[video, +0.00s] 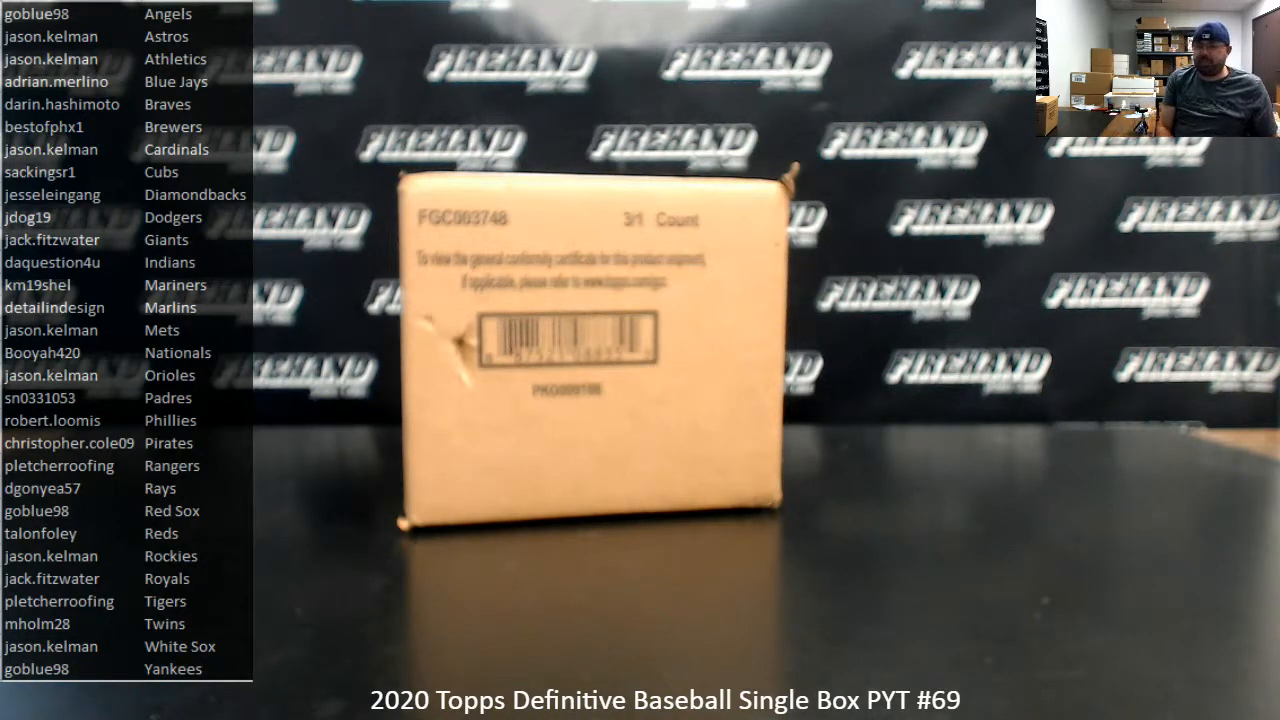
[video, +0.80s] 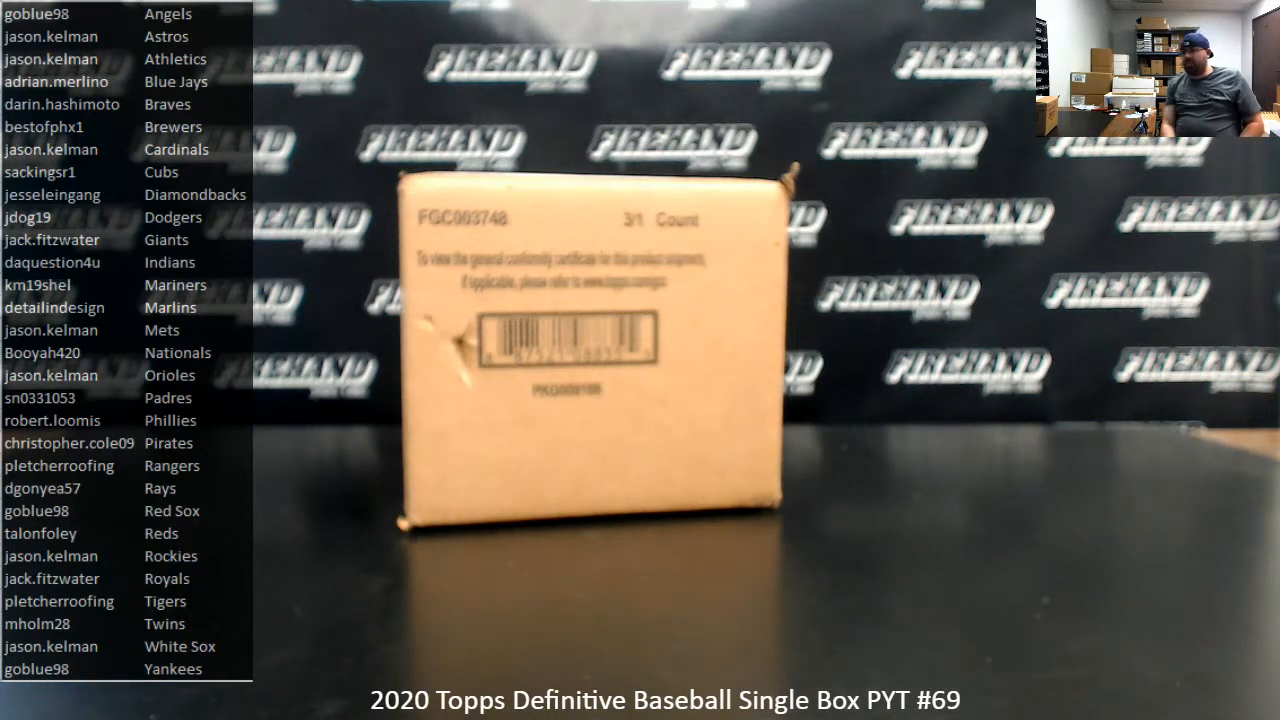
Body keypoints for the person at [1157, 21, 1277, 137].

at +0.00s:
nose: (1204, 53)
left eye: (1212, 47)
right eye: (1198, 47)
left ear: (1227, 50)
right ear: (1192, 49)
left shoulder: (1251, 86)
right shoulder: (1178, 80)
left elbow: (1271, 139)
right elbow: (1164, 127)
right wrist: (1171, 158)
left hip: (1234, 166)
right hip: (1183, 166)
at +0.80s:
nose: (1187, 56)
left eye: (1194, 51)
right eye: (1184, 52)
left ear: (1207, 53)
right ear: (1181, 55)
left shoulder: (1233, 79)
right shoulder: (1175, 84)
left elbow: (1256, 123)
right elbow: (1167, 123)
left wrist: (1236, 151)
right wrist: (1170, 151)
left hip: (1225, 154)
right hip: (1184, 155)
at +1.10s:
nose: (1187, 57)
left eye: (1193, 52)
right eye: (1183, 53)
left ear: (1206, 54)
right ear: (1180, 58)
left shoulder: (1232, 79)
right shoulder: (1176, 86)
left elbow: (1256, 121)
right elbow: (1169, 123)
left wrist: (1236, 149)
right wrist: (1170, 150)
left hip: (1225, 154)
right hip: (1186, 155)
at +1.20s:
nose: (1189, 56)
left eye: (1195, 52)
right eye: (1185, 53)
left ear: (1207, 54)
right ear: (1182, 58)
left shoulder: (1232, 79)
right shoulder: (1177, 86)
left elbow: (1257, 121)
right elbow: (1169, 123)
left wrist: (1236, 148)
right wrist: (1170, 150)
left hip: (1225, 152)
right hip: (1186, 154)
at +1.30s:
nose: (1192, 56)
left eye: (1197, 51)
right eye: (1187, 53)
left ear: (1210, 54)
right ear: (1184, 58)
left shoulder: (1235, 79)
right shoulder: (1179, 86)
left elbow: (1258, 122)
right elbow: (1170, 123)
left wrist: (1237, 149)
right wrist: (1170, 150)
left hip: (1226, 152)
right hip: (1186, 154)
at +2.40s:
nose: (1168, 62)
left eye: (1174, 55)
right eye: (1169, 55)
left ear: (1196, 54)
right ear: (1196, 55)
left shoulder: (1231, 90)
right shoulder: (1181, 86)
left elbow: (1256, 143)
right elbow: (1171, 123)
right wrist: (1163, 155)